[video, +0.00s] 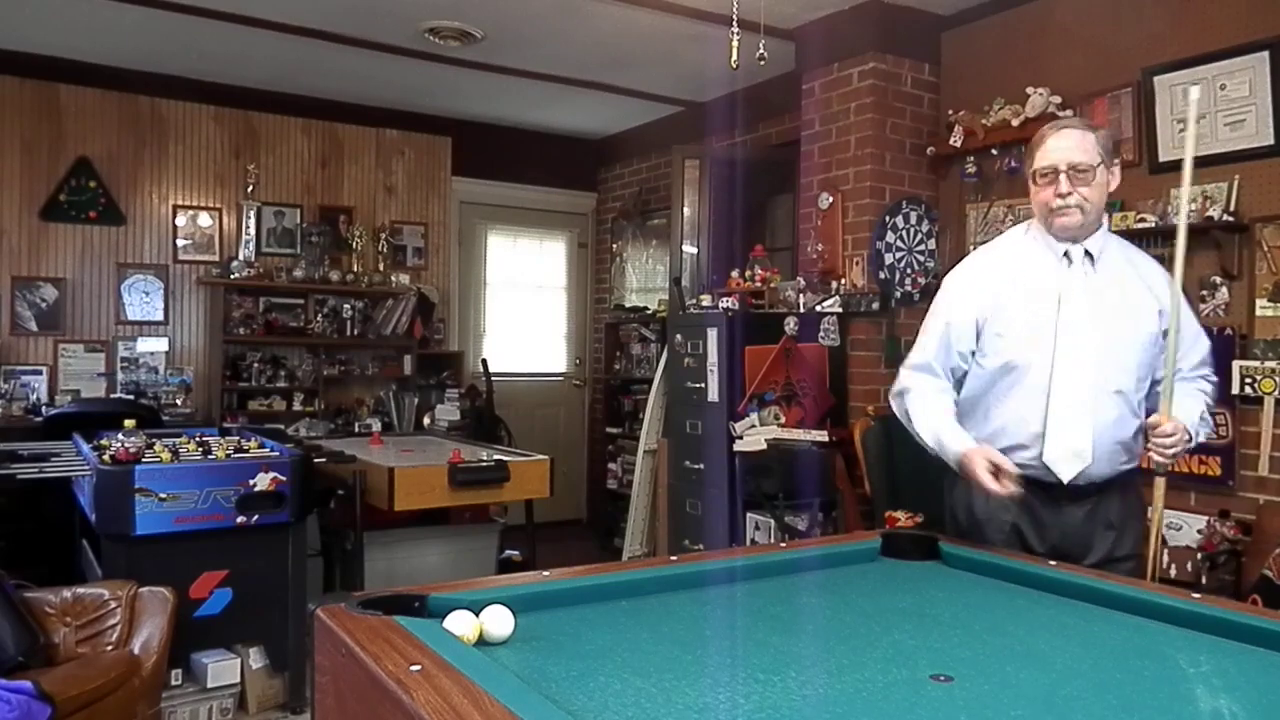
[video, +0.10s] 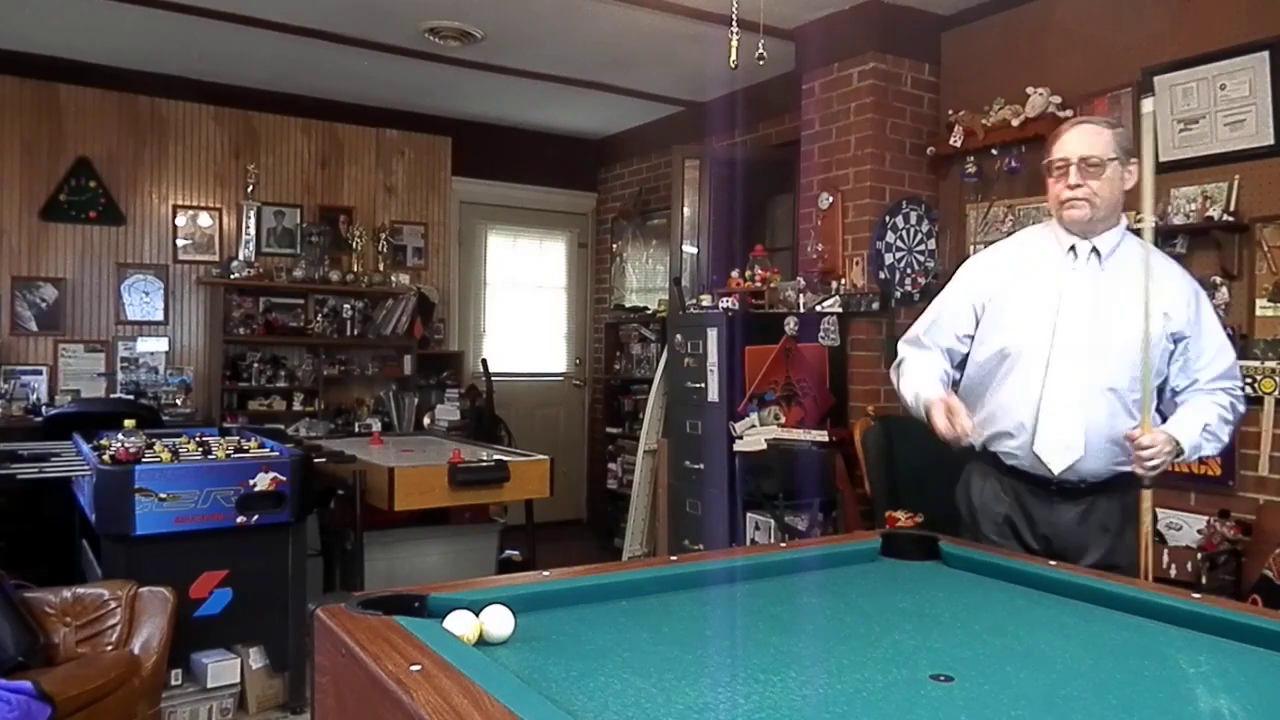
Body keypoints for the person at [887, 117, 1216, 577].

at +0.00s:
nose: (1062, 188)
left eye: (1079, 172)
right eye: (1046, 176)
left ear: (1111, 178)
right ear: (1030, 188)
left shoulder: (1150, 281)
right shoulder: (984, 271)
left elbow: (1192, 373)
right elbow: (919, 380)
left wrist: (1182, 425)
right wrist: (962, 450)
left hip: (1109, 512)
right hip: (998, 507)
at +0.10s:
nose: (1072, 181)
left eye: (1091, 166)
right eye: (1058, 169)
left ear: (1128, 175)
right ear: (1045, 183)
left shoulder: (1168, 286)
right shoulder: (995, 266)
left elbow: (1217, 389)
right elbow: (921, 351)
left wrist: (1175, 438)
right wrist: (934, 397)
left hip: (1104, 512)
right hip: (996, 501)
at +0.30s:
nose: (1092, 179)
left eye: (1113, 166)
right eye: (1085, 165)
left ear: (1156, 177)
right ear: (1074, 173)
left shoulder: (1190, 288)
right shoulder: (1022, 257)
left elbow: (1231, 414)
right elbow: (951, 329)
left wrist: (1137, 462)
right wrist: (926, 310)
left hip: (1108, 510)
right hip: (1002, 490)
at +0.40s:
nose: (1093, 177)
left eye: (1113, 164)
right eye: (1087, 164)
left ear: (1157, 174)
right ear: (1077, 170)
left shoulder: (1191, 283)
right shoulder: (1030, 255)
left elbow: (1222, 416)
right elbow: (951, 319)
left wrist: (1120, 464)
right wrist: (930, 275)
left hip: (1110, 509)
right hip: (1006, 485)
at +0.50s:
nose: (1090, 178)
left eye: (1110, 164)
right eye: (1084, 165)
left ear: (1156, 173)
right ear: (1076, 172)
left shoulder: (1190, 281)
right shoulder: (1036, 254)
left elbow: (1212, 417)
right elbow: (952, 314)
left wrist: (1108, 465)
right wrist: (935, 255)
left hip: (1112, 508)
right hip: (1009, 485)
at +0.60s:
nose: (1084, 178)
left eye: (1103, 164)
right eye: (1079, 166)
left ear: (1150, 172)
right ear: (1071, 173)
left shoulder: (1187, 279)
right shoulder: (1037, 254)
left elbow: (1205, 416)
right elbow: (951, 313)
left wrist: (1102, 468)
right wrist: (937, 249)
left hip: (1112, 508)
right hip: (1009, 485)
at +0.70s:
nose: (1076, 179)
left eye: (1095, 165)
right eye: (1071, 167)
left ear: (1141, 173)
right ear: (1063, 176)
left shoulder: (1180, 276)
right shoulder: (1033, 257)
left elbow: (1201, 414)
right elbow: (948, 317)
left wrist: (1099, 471)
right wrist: (938, 249)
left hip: (1111, 506)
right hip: (1011, 486)